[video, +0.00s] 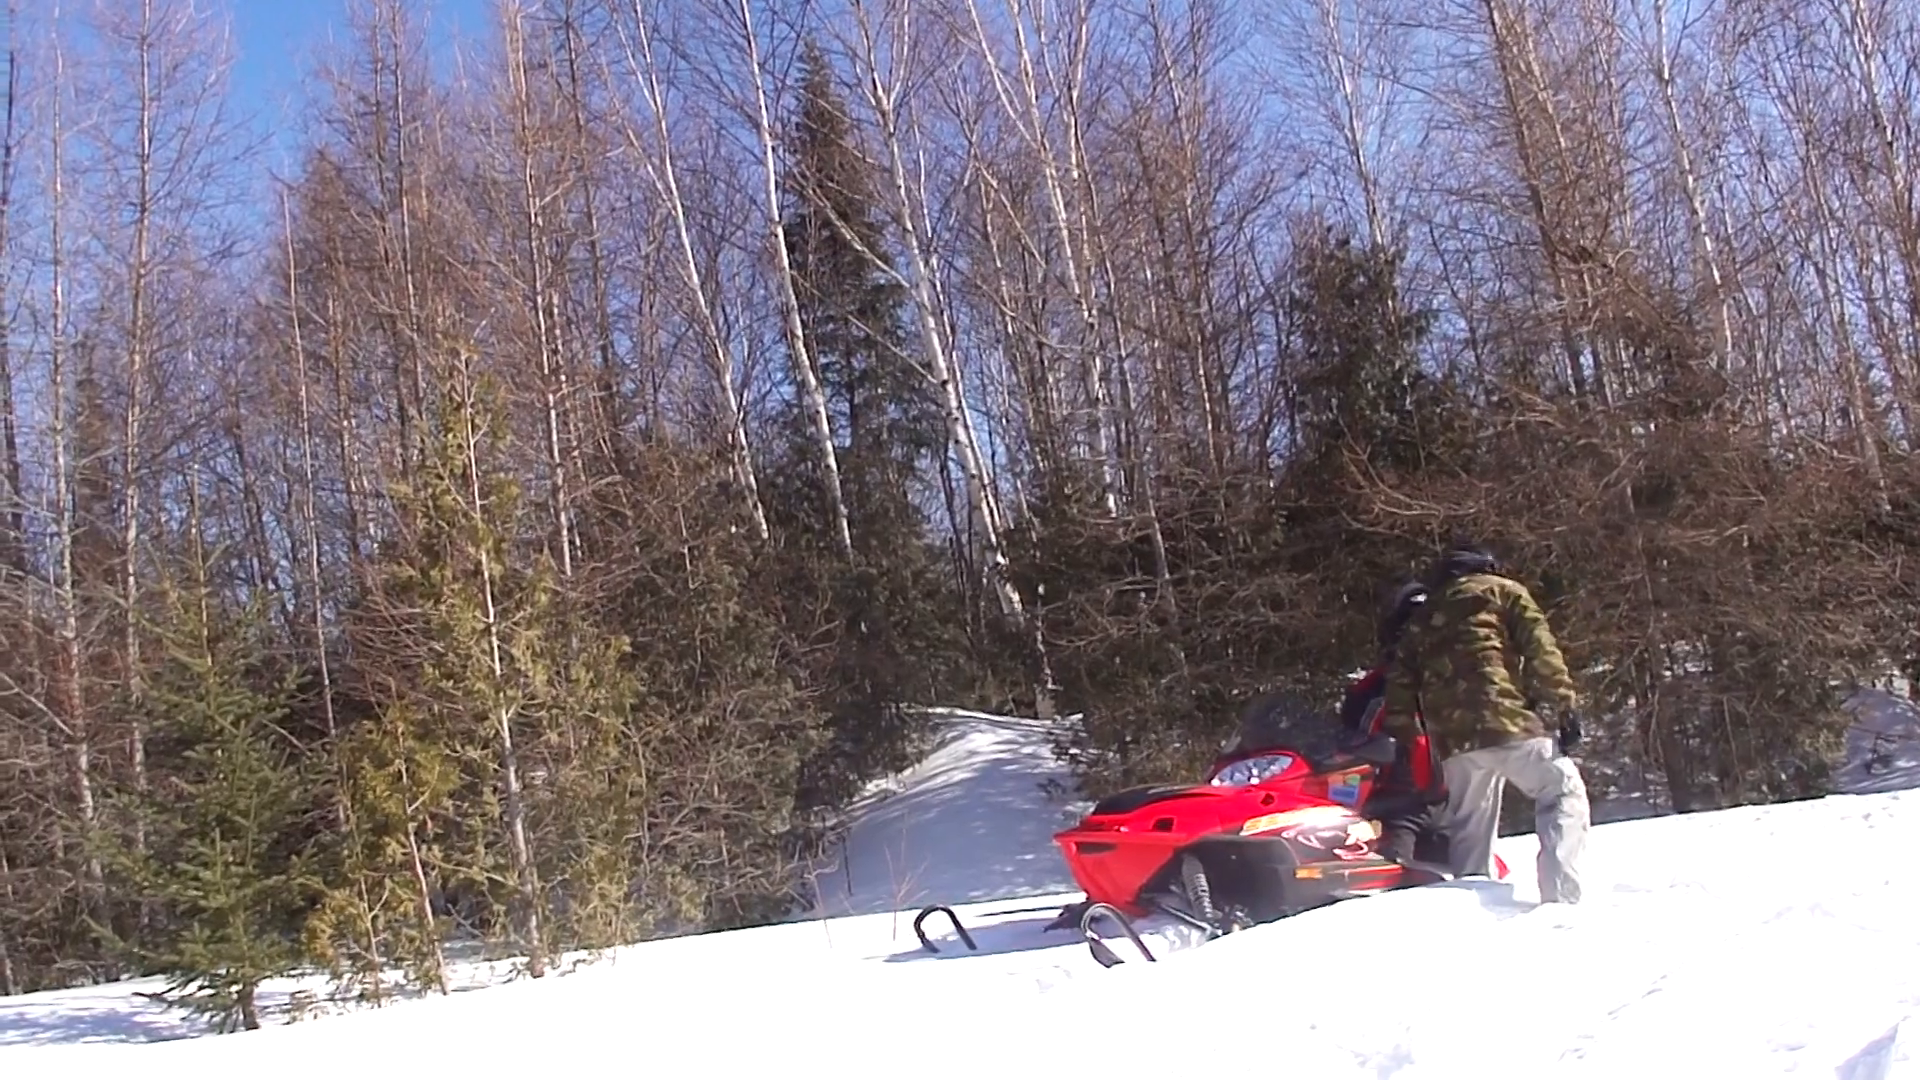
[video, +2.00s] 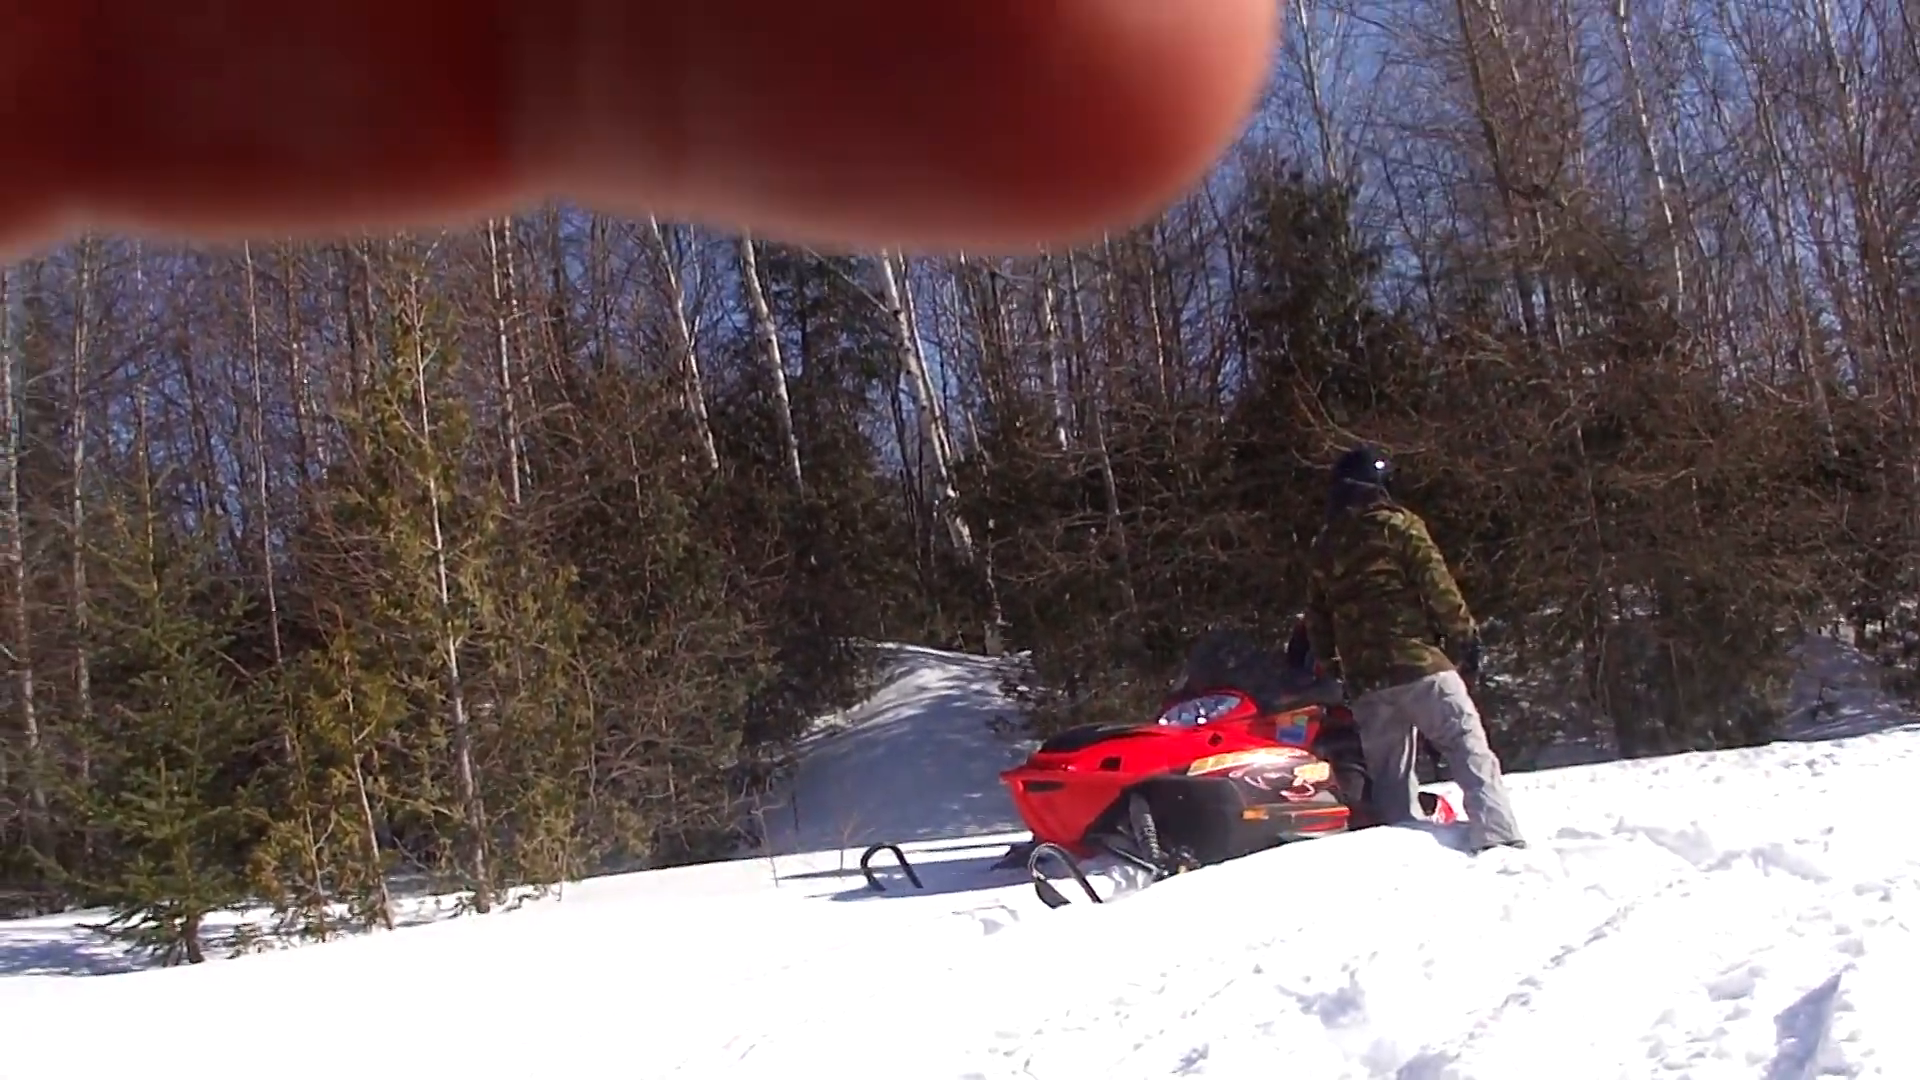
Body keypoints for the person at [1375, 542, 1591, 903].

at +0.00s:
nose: (1499, 573)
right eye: (1494, 567)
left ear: (1445, 573)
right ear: (1487, 567)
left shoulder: (1422, 613)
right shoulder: (1504, 590)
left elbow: (1400, 678)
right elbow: (1540, 649)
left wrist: (1403, 737)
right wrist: (1565, 706)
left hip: (1454, 739)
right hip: (1507, 726)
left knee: (1468, 835)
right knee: (1562, 790)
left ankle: (1468, 912)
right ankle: (1560, 896)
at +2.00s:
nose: (1389, 485)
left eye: (1385, 479)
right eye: (1385, 479)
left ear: (1340, 488)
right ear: (1379, 482)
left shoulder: (1323, 545)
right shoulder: (1400, 524)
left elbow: (1317, 617)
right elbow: (1437, 586)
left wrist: (1331, 661)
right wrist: (1465, 636)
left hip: (1364, 677)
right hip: (1419, 662)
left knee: (1389, 781)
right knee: (1467, 748)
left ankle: (1400, 859)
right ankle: (1498, 838)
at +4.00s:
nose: (1433, 524)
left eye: (1429, 519)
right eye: (1430, 518)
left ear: (1383, 525)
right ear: (1423, 520)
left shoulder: (1368, 577)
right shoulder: (1443, 556)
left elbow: (1358, 647)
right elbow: (1479, 616)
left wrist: (1370, 693)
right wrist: (1507, 669)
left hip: (1405, 705)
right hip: (1460, 693)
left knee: (1430, 803)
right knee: (1504, 771)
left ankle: (1439, 882)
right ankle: (1534, 860)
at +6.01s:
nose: (1442, 516)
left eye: (1438, 511)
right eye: (1437, 509)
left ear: (1390, 516)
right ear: (1429, 511)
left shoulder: (1375, 567)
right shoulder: (1449, 544)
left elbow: (1365, 636)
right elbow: (1492, 609)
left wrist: (1398, 660)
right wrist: (1507, 647)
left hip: (1419, 698)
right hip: (1472, 684)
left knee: (1442, 802)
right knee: (1517, 762)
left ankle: (1451, 878)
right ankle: (1546, 854)